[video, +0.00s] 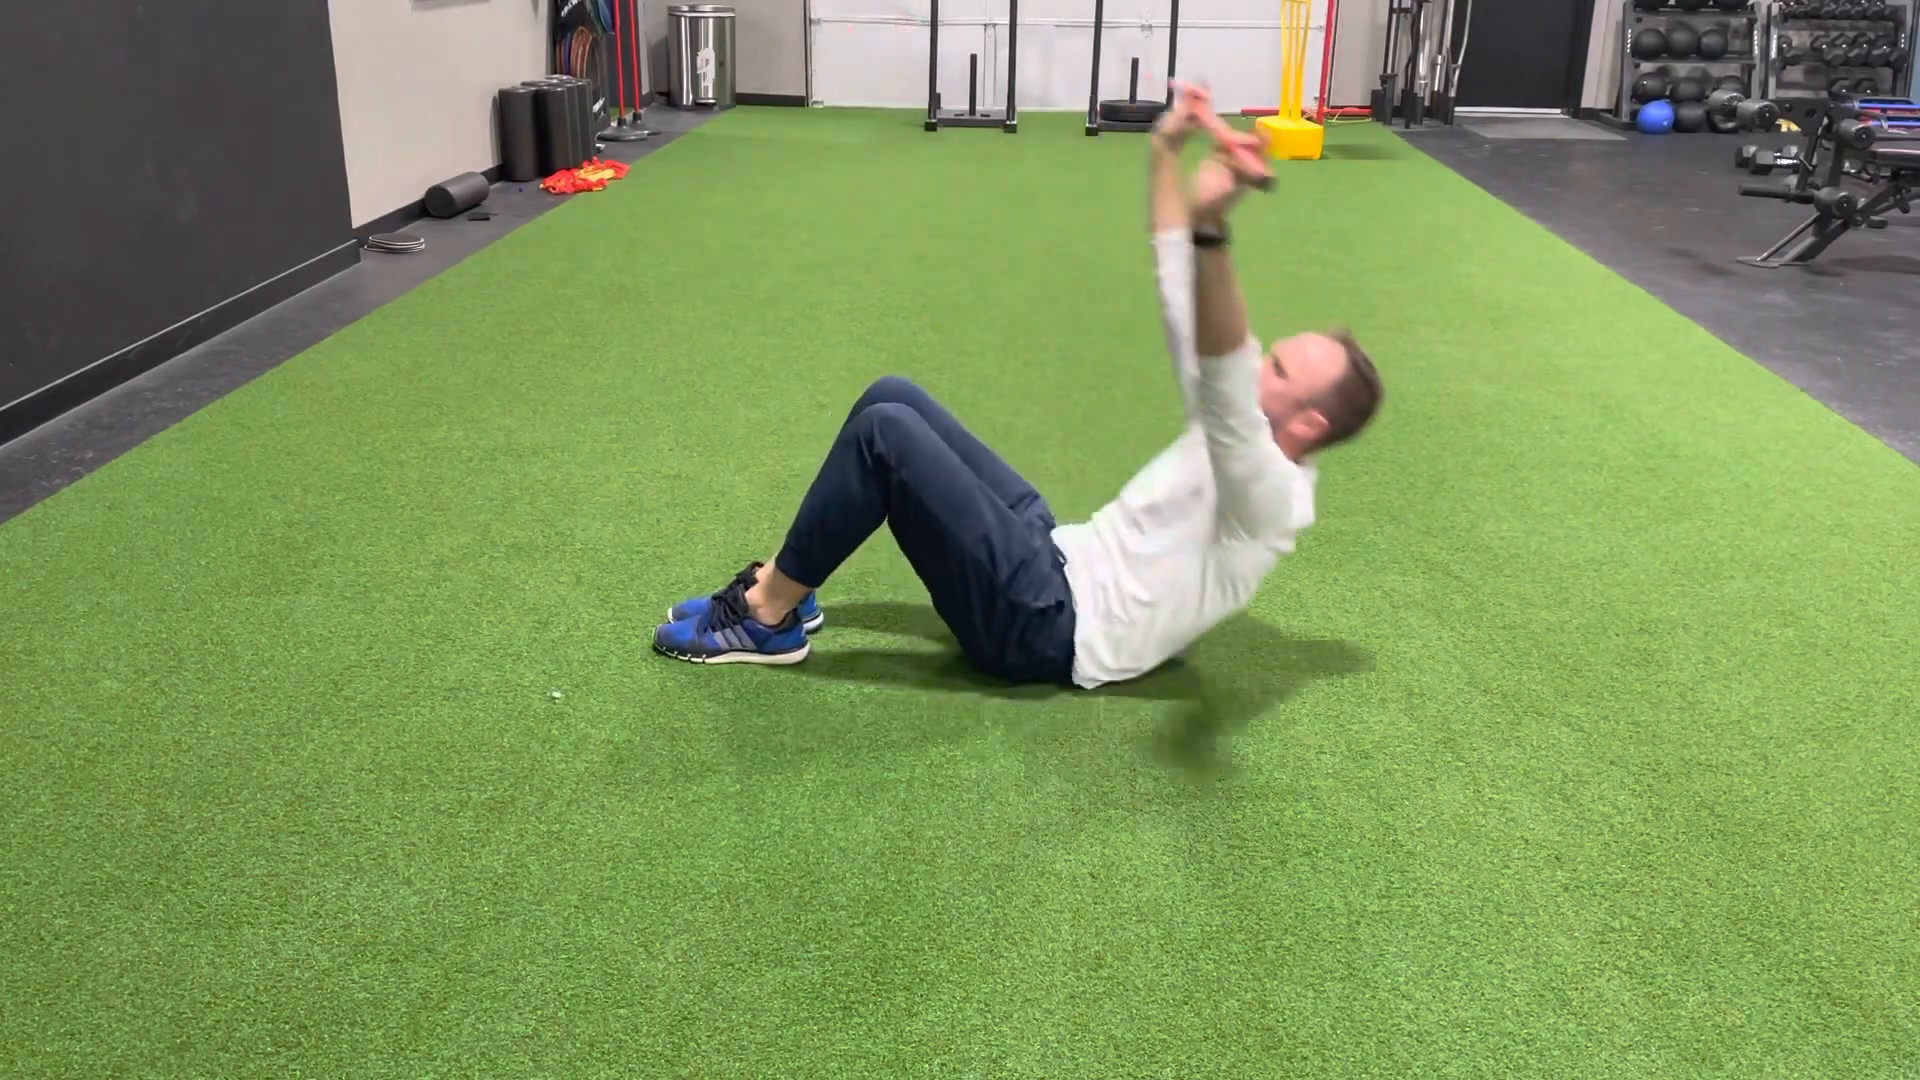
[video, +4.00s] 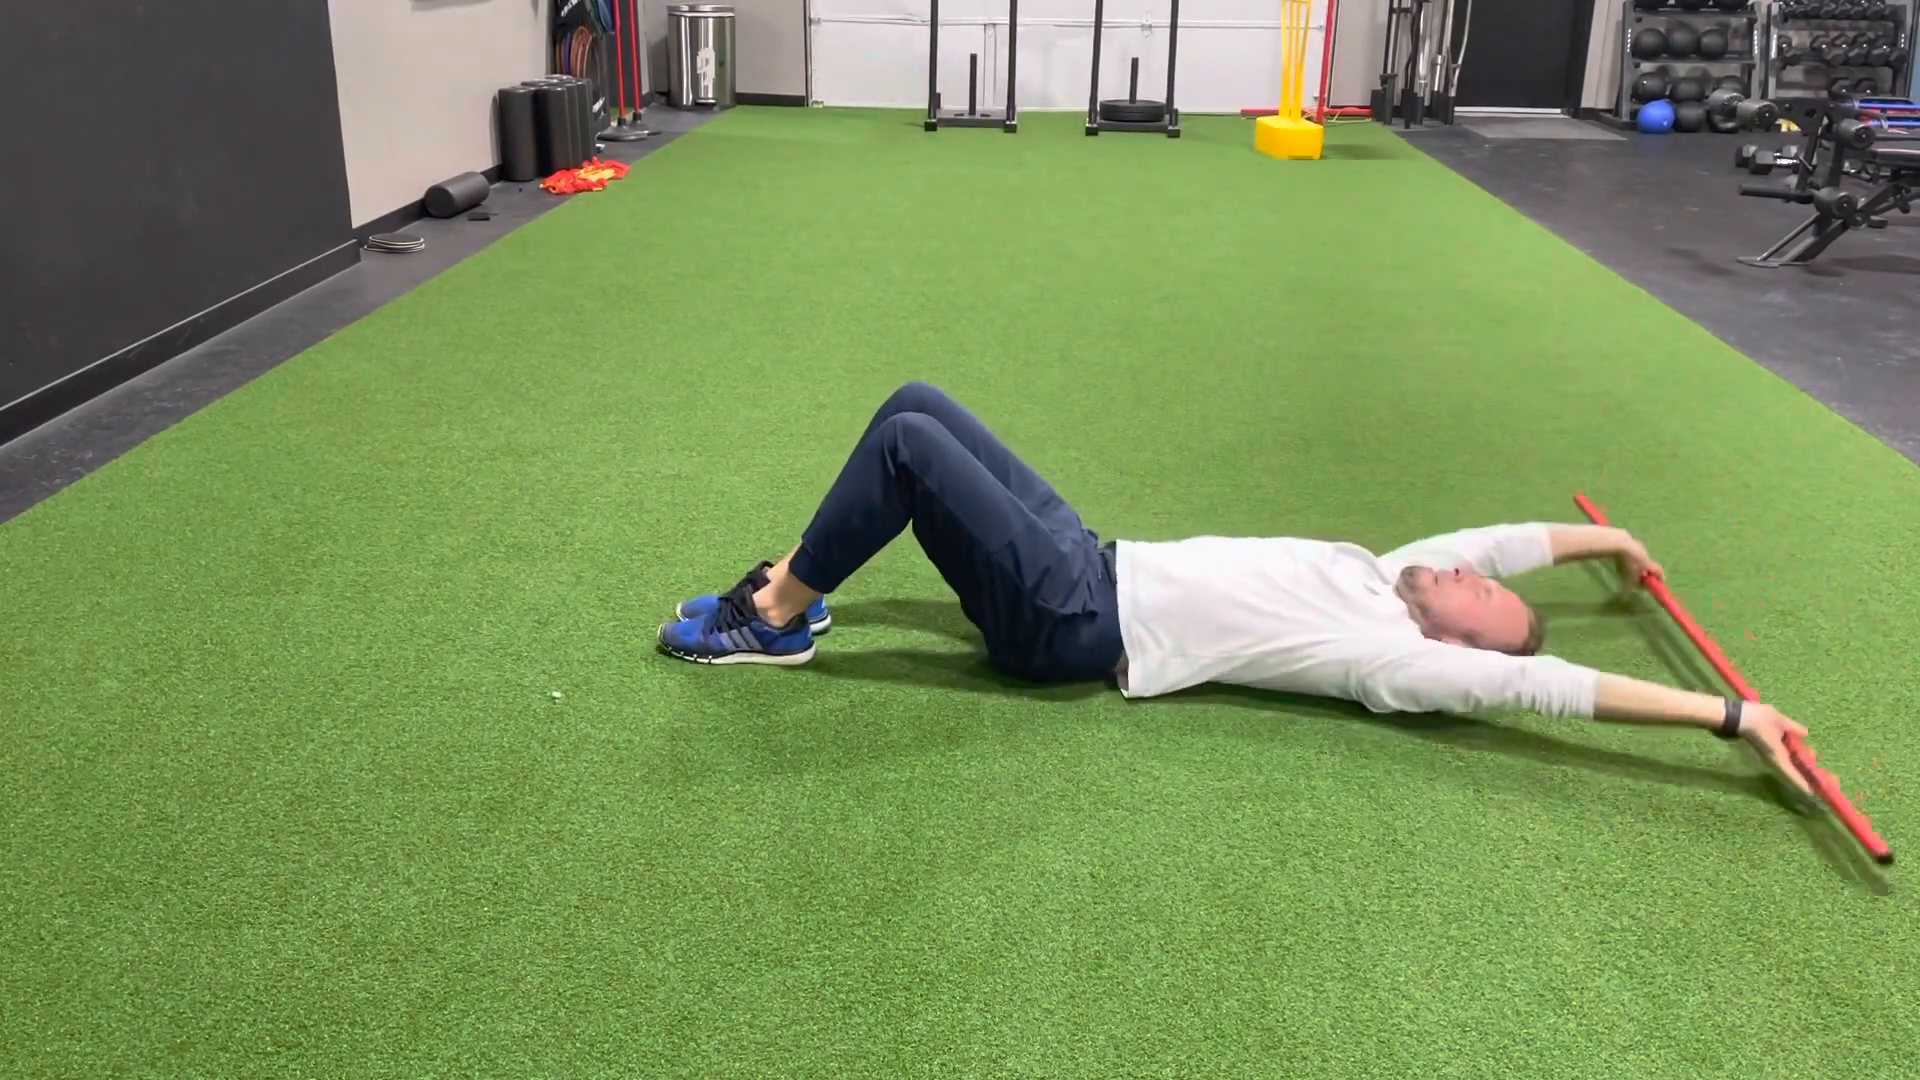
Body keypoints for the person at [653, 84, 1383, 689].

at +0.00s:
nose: (1260, 364)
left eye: (1282, 368)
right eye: (1274, 353)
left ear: (1308, 424)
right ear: (1267, 380)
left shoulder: (1270, 499)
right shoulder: (1234, 440)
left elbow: (1226, 380)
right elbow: (1185, 318)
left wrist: (1213, 231)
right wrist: (1163, 153)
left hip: (1051, 622)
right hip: (1058, 562)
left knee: (884, 430)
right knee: (889, 405)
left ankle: (768, 615)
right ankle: (777, 594)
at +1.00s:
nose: (1454, 576)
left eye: (1465, 593)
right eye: (1464, 576)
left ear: (1455, 639)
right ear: (1441, 575)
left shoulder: (1391, 660)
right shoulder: (1369, 579)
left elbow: (1554, 705)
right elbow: (1461, 551)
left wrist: (1713, 727)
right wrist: (1581, 551)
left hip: (1075, 618)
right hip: (1085, 562)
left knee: (897, 431)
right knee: (903, 405)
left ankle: (781, 610)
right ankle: (789, 581)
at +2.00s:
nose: (1174, 357)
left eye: (1190, 347)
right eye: (1176, 340)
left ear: (1236, 376)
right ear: (1236, 372)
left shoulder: (1242, 454)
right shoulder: (1226, 413)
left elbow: (1171, 341)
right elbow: (1161, 311)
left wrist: (1122, 196)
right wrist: (1125, 164)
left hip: (1074, 624)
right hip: (1070, 570)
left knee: (906, 432)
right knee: (906, 403)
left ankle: (781, 610)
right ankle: (787, 584)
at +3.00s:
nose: (1118, 298)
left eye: (1133, 292)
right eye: (1122, 279)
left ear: (1176, 331)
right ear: (1174, 331)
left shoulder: (1172, 412)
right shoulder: (1167, 374)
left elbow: (1099, 300)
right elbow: (1107, 254)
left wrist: (1049, 148)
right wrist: (1066, 116)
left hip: (1039, 621)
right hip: (1040, 561)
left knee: (884, 430)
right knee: (891, 400)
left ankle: (769, 612)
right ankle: (779, 583)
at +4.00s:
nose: (1464, 577)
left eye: (1478, 595)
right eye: (1477, 577)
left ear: (1474, 641)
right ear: (1458, 580)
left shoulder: (1400, 662)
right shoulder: (1386, 583)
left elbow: (1567, 694)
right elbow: (1486, 542)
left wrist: (1733, 710)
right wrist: (1590, 535)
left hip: (1083, 621)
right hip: (1100, 561)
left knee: (906, 431)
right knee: (914, 403)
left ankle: (785, 610)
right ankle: (797, 581)